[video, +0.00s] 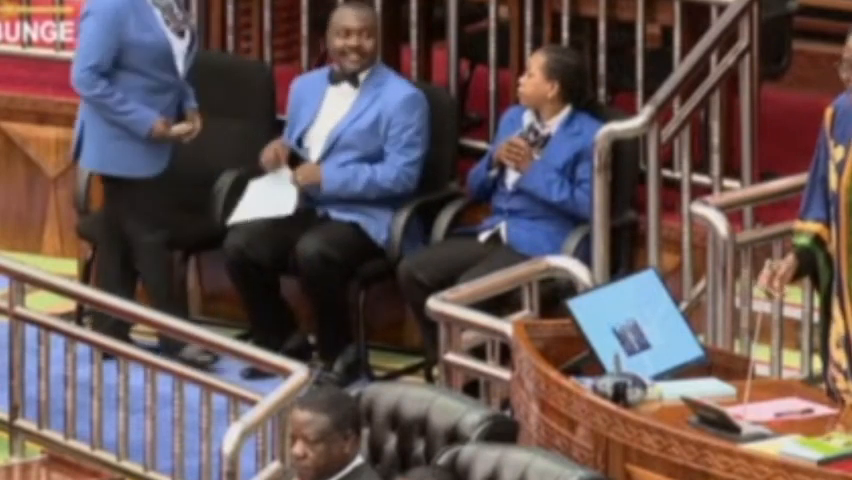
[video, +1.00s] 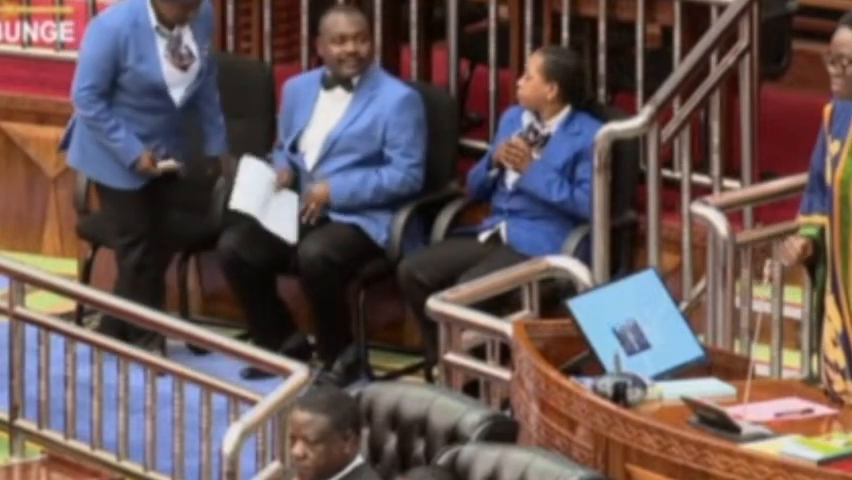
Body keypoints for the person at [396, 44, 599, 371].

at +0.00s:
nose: (520, 80)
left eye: (529, 75)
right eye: (523, 73)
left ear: (552, 88)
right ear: (550, 87)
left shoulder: (589, 135)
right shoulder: (513, 119)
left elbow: (590, 207)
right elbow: (475, 189)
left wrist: (530, 171)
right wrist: (495, 163)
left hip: (538, 250)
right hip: (494, 237)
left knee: (462, 297)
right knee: (414, 271)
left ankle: (482, 380)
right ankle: (446, 365)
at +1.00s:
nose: (519, 83)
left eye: (528, 78)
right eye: (522, 75)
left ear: (552, 90)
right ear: (549, 89)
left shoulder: (589, 135)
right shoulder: (512, 120)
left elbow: (590, 206)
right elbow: (475, 190)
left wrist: (529, 171)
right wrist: (495, 164)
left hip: (539, 250)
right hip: (494, 236)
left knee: (463, 296)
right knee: (414, 271)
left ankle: (483, 380)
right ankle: (445, 366)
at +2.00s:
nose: (518, 87)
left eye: (527, 80)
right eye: (521, 78)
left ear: (553, 91)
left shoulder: (589, 135)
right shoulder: (512, 120)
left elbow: (590, 207)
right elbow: (475, 190)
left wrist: (530, 172)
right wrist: (494, 164)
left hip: (538, 250)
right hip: (494, 236)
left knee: (463, 296)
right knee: (414, 271)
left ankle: (485, 379)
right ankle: (446, 366)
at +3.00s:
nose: (551, 89)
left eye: (561, 81)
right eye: (542, 80)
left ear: (574, 86)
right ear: (529, 85)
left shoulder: (590, 135)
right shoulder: (512, 120)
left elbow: (590, 207)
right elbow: (476, 189)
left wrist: (530, 172)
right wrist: (494, 164)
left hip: (540, 249)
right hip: (495, 235)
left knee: (464, 295)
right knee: (414, 271)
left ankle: (484, 380)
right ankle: (446, 365)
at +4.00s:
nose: (523, 91)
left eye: (532, 83)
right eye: (522, 81)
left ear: (560, 90)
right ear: (519, 83)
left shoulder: (590, 135)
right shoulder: (512, 119)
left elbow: (589, 207)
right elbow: (474, 189)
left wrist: (529, 171)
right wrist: (494, 163)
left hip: (539, 250)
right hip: (494, 237)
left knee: (461, 298)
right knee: (413, 271)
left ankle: (482, 380)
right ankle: (447, 363)